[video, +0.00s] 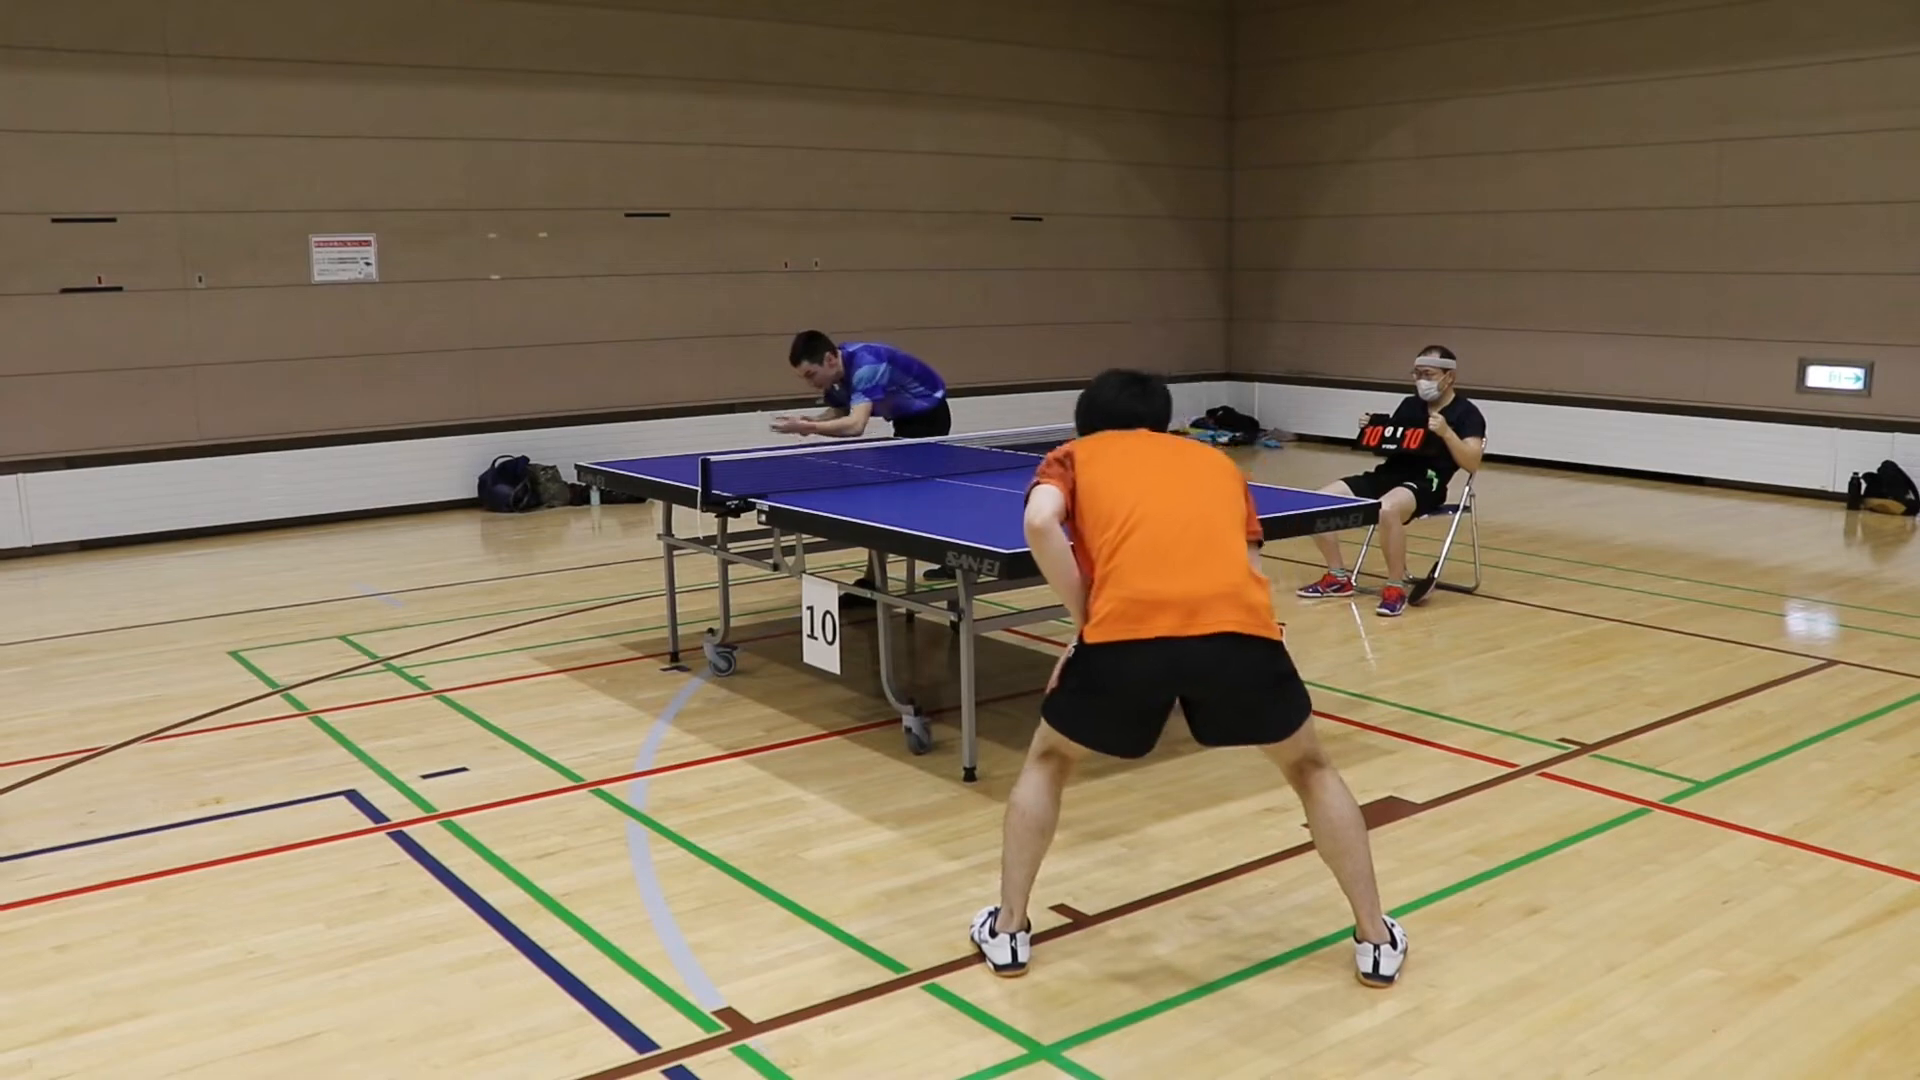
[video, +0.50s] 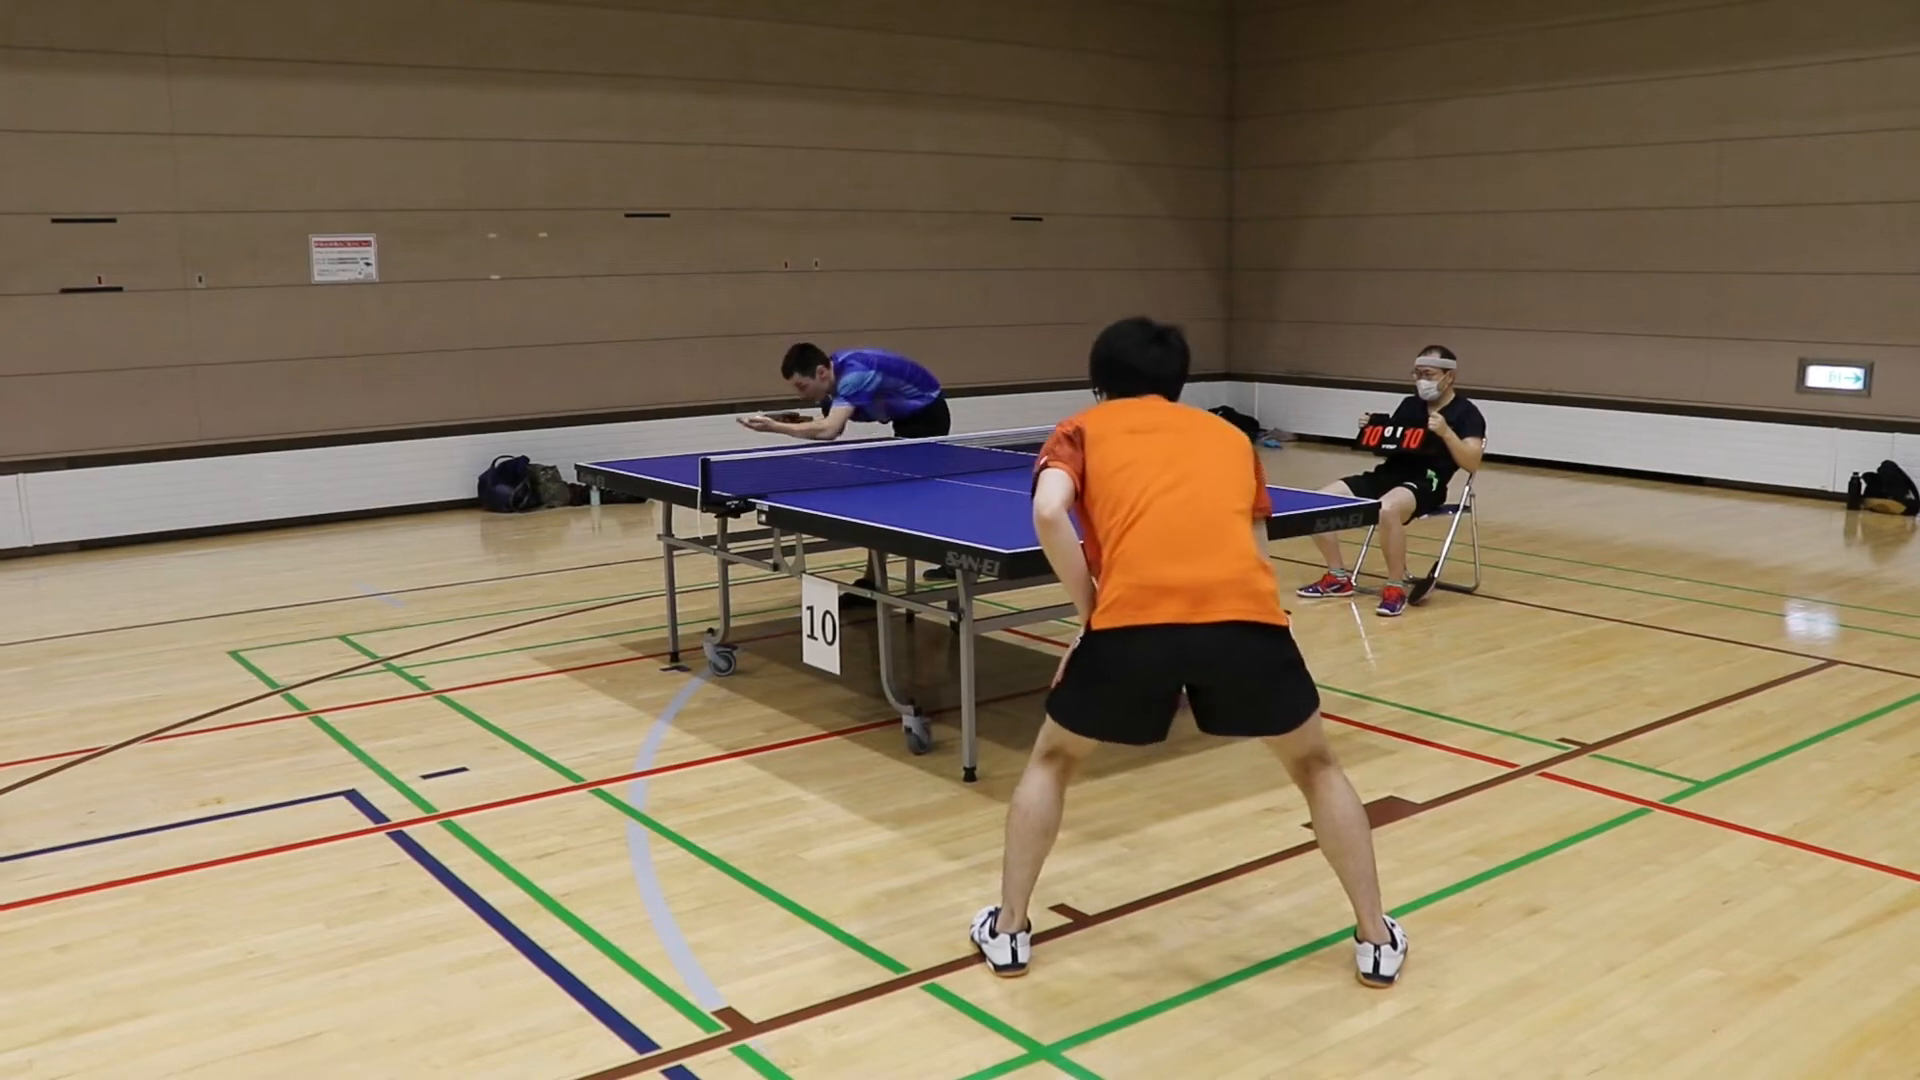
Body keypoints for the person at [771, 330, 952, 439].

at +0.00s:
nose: (810, 383)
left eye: (811, 375)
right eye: (805, 378)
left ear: (830, 359)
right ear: (829, 360)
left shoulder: (866, 365)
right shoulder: (833, 370)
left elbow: (855, 426)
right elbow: (839, 412)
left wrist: (808, 428)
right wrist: (810, 423)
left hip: (929, 413)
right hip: (904, 415)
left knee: (919, 484)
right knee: (899, 482)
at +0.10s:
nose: (806, 385)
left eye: (808, 377)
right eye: (802, 380)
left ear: (828, 362)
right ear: (827, 362)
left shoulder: (863, 368)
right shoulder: (831, 370)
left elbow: (847, 428)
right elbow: (837, 415)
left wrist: (795, 429)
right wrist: (810, 423)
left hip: (929, 411)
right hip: (903, 414)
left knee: (921, 480)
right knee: (904, 479)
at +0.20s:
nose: (805, 387)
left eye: (806, 379)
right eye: (801, 382)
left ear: (826, 365)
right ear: (826, 365)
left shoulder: (861, 369)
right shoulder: (834, 373)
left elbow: (841, 429)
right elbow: (835, 418)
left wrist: (789, 429)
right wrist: (805, 421)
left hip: (928, 412)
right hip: (904, 415)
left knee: (920, 482)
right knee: (903, 480)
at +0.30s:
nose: (804, 390)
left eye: (805, 381)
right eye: (799, 383)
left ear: (824, 367)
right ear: (824, 367)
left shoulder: (858, 372)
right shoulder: (831, 377)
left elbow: (837, 430)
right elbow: (834, 421)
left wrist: (784, 428)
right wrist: (805, 423)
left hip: (928, 412)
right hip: (905, 415)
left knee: (920, 483)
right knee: (904, 481)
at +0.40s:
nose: (802, 392)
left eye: (803, 385)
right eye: (798, 387)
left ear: (823, 370)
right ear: (824, 369)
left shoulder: (857, 374)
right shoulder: (833, 378)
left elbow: (832, 431)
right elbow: (830, 423)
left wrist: (779, 428)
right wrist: (802, 423)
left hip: (928, 413)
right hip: (904, 415)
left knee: (920, 484)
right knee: (904, 483)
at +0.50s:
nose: (801, 394)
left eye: (802, 387)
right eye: (797, 389)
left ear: (822, 372)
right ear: (823, 370)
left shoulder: (855, 375)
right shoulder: (832, 380)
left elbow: (830, 431)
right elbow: (828, 427)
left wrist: (776, 427)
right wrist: (797, 424)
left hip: (927, 413)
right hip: (905, 416)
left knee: (921, 484)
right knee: (907, 482)